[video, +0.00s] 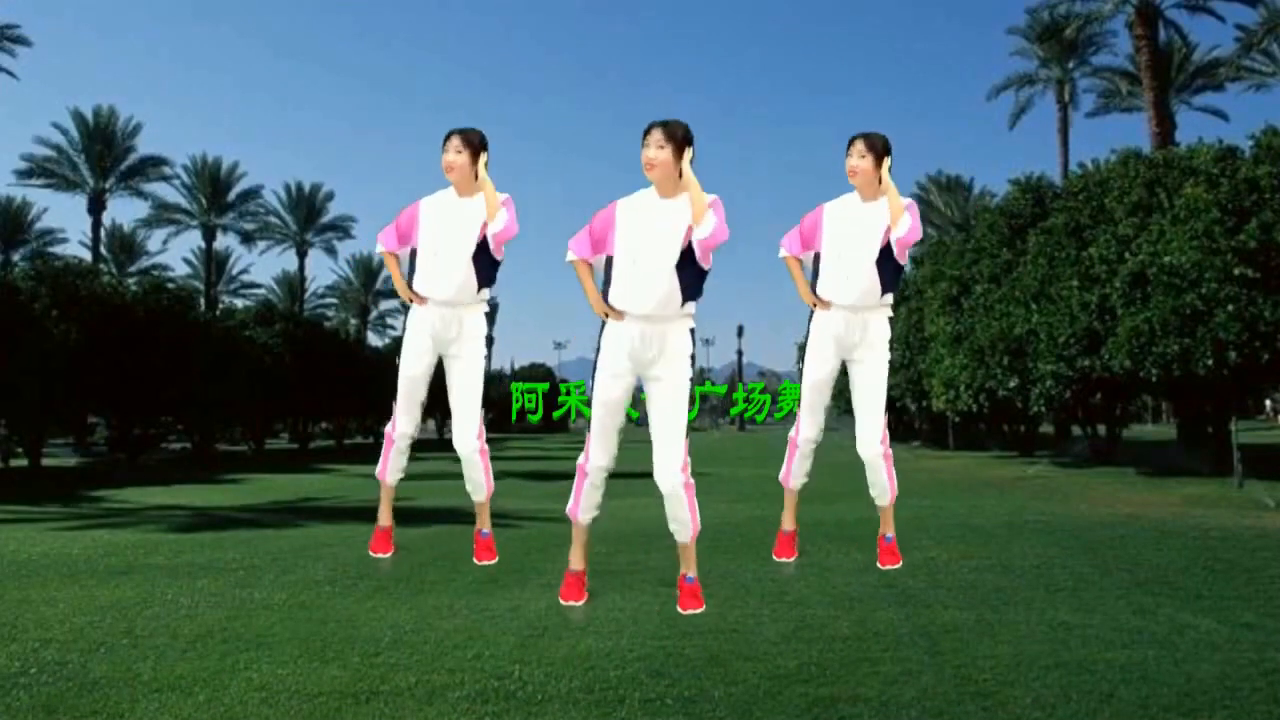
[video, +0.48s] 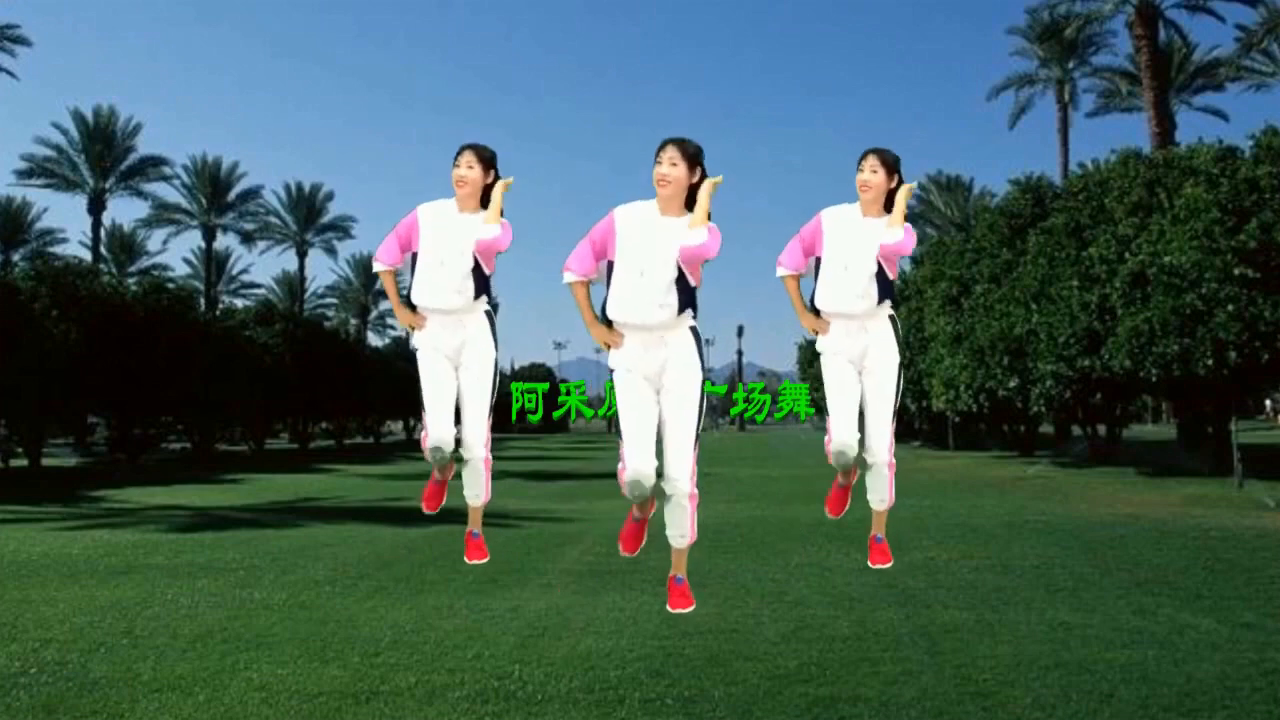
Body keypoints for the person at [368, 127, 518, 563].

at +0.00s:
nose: (448, 159)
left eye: (457, 152)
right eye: (445, 152)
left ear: (477, 160)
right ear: (443, 160)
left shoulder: (498, 204)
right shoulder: (427, 206)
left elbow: (500, 239)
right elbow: (388, 241)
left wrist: (485, 183)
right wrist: (402, 287)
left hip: (469, 320)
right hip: (424, 316)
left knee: (468, 432)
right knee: (404, 422)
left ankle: (484, 527)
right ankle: (384, 519)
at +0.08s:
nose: (449, 140)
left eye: (458, 134)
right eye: (447, 133)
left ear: (479, 142)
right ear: (446, 142)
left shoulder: (496, 187)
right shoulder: (426, 187)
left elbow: (512, 217)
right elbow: (386, 223)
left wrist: (494, 162)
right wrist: (402, 267)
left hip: (471, 300)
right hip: (426, 296)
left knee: (476, 415)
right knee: (409, 408)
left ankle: (486, 522)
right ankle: (391, 497)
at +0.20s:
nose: (455, 138)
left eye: (465, 133)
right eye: (453, 132)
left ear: (486, 143)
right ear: (449, 140)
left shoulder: (497, 186)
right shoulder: (427, 183)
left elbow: (508, 224)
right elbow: (386, 223)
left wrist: (498, 166)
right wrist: (403, 272)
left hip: (476, 293)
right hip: (432, 292)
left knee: (477, 411)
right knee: (428, 410)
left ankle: (479, 521)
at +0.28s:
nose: (458, 155)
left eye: (468, 149)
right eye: (456, 148)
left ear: (488, 161)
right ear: (450, 156)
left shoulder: (497, 203)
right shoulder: (425, 199)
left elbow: (504, 243)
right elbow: (386, 241)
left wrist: (498, 182)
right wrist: (404, 291)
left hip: (478, 307)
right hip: (434, 308)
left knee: (479, 420)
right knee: (442, 416)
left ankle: (477, 526)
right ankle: (453, 430)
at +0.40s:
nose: (461, 180)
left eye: (470, 175)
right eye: (458, 174)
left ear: (488, 187)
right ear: (451, 182)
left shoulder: (496, 233)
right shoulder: (425, 224)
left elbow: (500, 265)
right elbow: (384, 269)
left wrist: (500, 215)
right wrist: (401, 318)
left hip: (480, 336)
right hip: (435, 336)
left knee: (480, 438)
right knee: (451, 436)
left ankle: (475, 529)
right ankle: (455, 454)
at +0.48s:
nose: (462, 172)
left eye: (471, 167)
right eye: (458, 165)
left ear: (489, 178)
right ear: (451, 174)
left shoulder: (495, 224)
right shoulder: (425, 215)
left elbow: (488, 244)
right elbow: (384, 260)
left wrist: (495, 199)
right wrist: (399, 308)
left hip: (475, 326)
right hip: (431, 326)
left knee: (476, 437)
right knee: (439, 439)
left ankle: (475, 529)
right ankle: (443, 474)